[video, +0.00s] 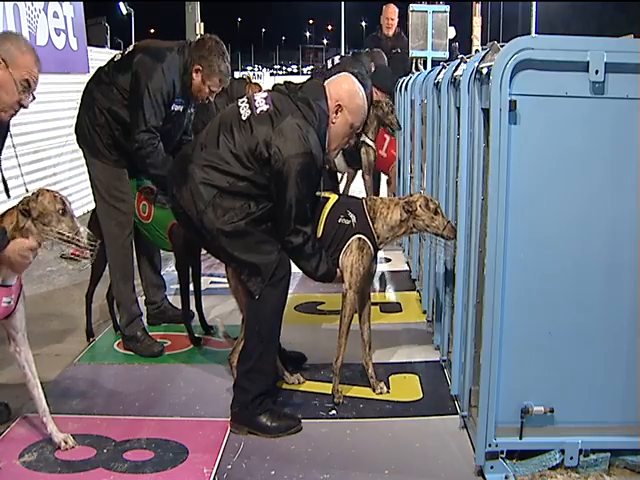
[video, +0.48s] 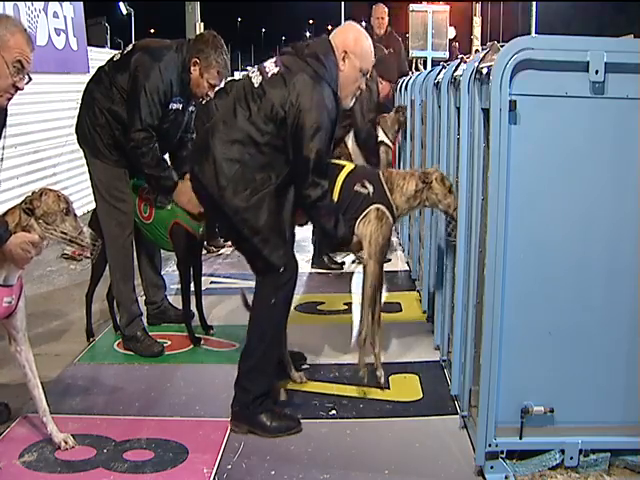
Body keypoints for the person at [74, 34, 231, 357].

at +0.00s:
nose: (210, 97)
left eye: (215, 92)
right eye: (210, 90)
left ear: (200, 70)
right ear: (195, 72)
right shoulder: (157, 72)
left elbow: (184, 139)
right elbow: (143, 141)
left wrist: (197, 177)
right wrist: (177, 183)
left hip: (138, 134)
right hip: (103, 132)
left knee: (145, 220)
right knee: (119, 222)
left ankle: (157, 304)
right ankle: (130, 324)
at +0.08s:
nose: (210, 97)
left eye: (214, 92)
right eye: (209, 90)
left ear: (199, 69)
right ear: (195, 70)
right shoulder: (157, 72)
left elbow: (184, 141)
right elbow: (143, 141)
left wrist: (196, 182)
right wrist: (177, 187)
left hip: (137, 134)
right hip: (103, 133)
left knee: (145, 222)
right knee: (119, 222)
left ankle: (157, 304)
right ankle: (130, 324)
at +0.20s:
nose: (210, 95)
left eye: (215, 90)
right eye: (210, 88)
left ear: (199, 67)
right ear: (195, 69)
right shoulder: (157, 71)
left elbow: (184, 140)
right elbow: (142, 139)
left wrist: (196, 180)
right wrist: (176, 184)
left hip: (139, 135)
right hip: (104, 133)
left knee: (146, 222)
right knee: (119, 223)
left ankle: (157, 304)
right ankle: (130, 324)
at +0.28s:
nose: (209, 95)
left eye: (215, 90)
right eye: (209, 87)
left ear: (199, 67)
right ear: (194, 68)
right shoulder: (156, 71)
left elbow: (182, 138)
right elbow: (141, 140)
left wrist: (202, 168)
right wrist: (186, 173)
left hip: (138, 136)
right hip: (103, 133)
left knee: (146, 222)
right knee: (119, 224)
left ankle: (157, 304)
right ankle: (130, 325)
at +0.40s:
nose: (210, 94)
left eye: (216, 89)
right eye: (209, 86)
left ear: (198, 66)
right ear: (194, 67)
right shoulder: (156, 70)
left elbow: (184, 139)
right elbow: (138, 137)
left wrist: (200, 173)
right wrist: (177, 174)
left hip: (139, 136)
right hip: (104, 133)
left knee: (147, 222)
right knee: (119, 224)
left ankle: (157, 305)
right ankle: (130, 324)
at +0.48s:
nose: (211, 93)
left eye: (216, 87)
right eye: (210, 85)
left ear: (198, 65)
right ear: (193, 66)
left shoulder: (190, 80)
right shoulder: (155, 71)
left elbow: (183, 140)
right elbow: (138, 138)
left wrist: (189, 179)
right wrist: (173, 185)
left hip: (139, 138)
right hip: (104, 133)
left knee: (146, 222)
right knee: (119, 223)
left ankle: (157, 305)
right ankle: (130, 324)